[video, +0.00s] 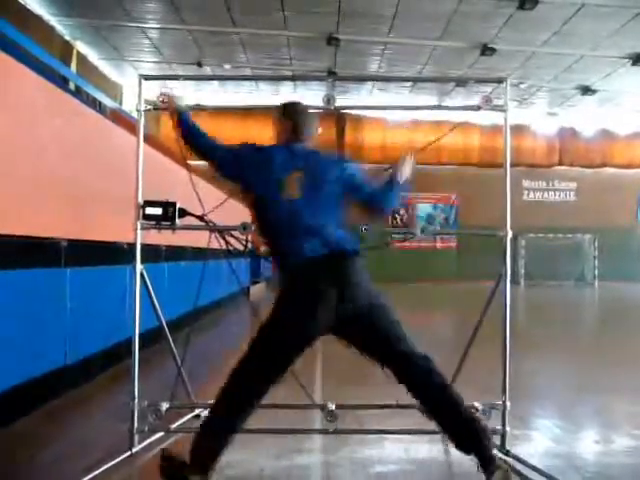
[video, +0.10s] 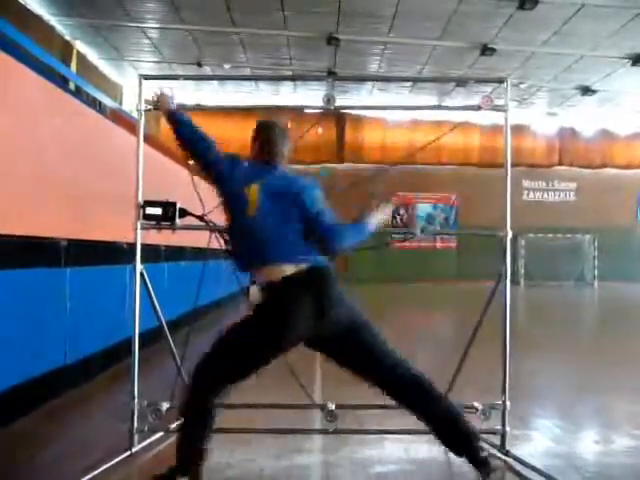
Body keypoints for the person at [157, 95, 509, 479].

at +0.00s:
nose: (275, 131)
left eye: (278, 125)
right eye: (283, 126)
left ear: (280, 129)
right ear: (314, 131)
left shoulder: (259, 161)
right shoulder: (333, 166)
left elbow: (211, 150)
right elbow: (380, 204)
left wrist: (179, 114)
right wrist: (400, 176)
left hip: (305, 291)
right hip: (352, 285)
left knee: (251, 378)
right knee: (409, 363)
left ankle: (198, 462)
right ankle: (480, 445)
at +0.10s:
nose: (274, 146)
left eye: (265, 141)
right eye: (282, 142)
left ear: (254, 148)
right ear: (288, 151)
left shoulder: (236, 176)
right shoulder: (300, 187)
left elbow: (203, 148)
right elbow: (333, 238)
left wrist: (172, 112)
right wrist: (374, 220)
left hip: (281, 306)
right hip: (322, 298)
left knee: (207, 379)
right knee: (394, 373)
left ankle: (186, 469)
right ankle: (477, 453)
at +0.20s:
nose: (295, 147)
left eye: (292, 142)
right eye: (295, 142)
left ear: (259, 143)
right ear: (291, 145)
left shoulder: (225, 184)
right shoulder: (304, 177)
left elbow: (174, 202)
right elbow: (350, 222)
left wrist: (155, 166)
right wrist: (377, 195)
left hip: (270, 302)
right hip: (318, 295)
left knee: (203, 380)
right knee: (367, 376)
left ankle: (186, 466)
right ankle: (410, 454)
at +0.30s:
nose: (318, 134)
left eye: (317, 129)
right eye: (317, 128)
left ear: (277, 131)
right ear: (310, 131)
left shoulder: (252, 172)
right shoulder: (327, 159)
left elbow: (213, 221)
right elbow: (385, 172)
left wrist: (194, 207)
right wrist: (382, 138)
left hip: (286, 287)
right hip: (333, 283)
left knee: (224, 379)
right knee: (350, 378)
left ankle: (188, 465)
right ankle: (352, 469)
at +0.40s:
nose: (335, 141)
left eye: (334, 135)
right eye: (334, 135)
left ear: (295, 137)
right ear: (328, 137)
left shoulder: (265, 170)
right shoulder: (342, 165)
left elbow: (218, 176)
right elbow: (402, 186)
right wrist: (384, 146)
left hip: (294, 295)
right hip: (341, 292)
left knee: (238, 390)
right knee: (369, 380)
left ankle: (223, 473)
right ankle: (362, 471)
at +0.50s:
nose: (367, 139)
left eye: (360, 132)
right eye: (366, 134)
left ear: (331, 133)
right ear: (364, 137)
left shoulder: (298, 157)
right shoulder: (376, 173)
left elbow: (261, 127)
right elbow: (439, 190)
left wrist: (298, 110)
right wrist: (434, 151)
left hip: (312, 297)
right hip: (363, 299)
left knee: (254, 388)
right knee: (429, 366)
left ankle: (218, 473)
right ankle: (438, 458)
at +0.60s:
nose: (404, 141)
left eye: (396, 136)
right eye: (404, 138)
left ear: (369, 142)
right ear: (404, 145)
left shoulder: (340, 162)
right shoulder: (421, 175)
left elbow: (281, 156)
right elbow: (464, 161)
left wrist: (285, 126)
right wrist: (473, 127)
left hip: (332, 308)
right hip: (386, 312)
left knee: (268, 382)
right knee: (445, 383)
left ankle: (201, 459)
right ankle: (491, 463)